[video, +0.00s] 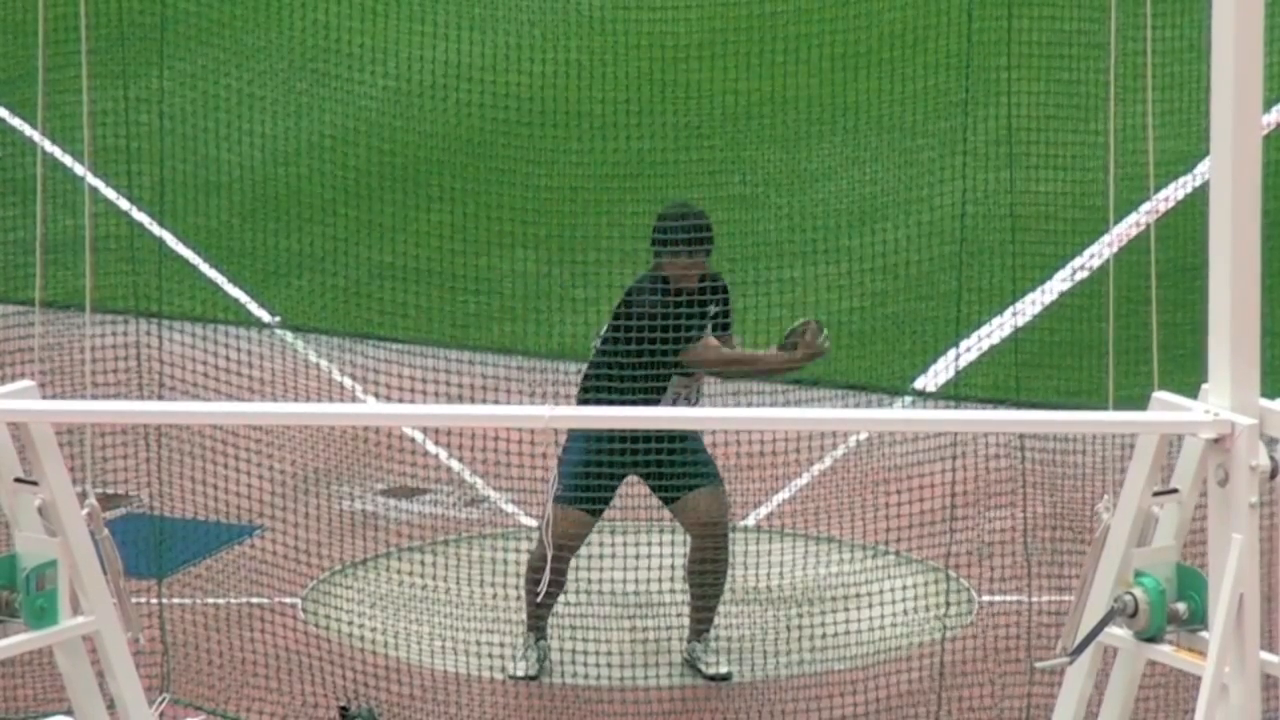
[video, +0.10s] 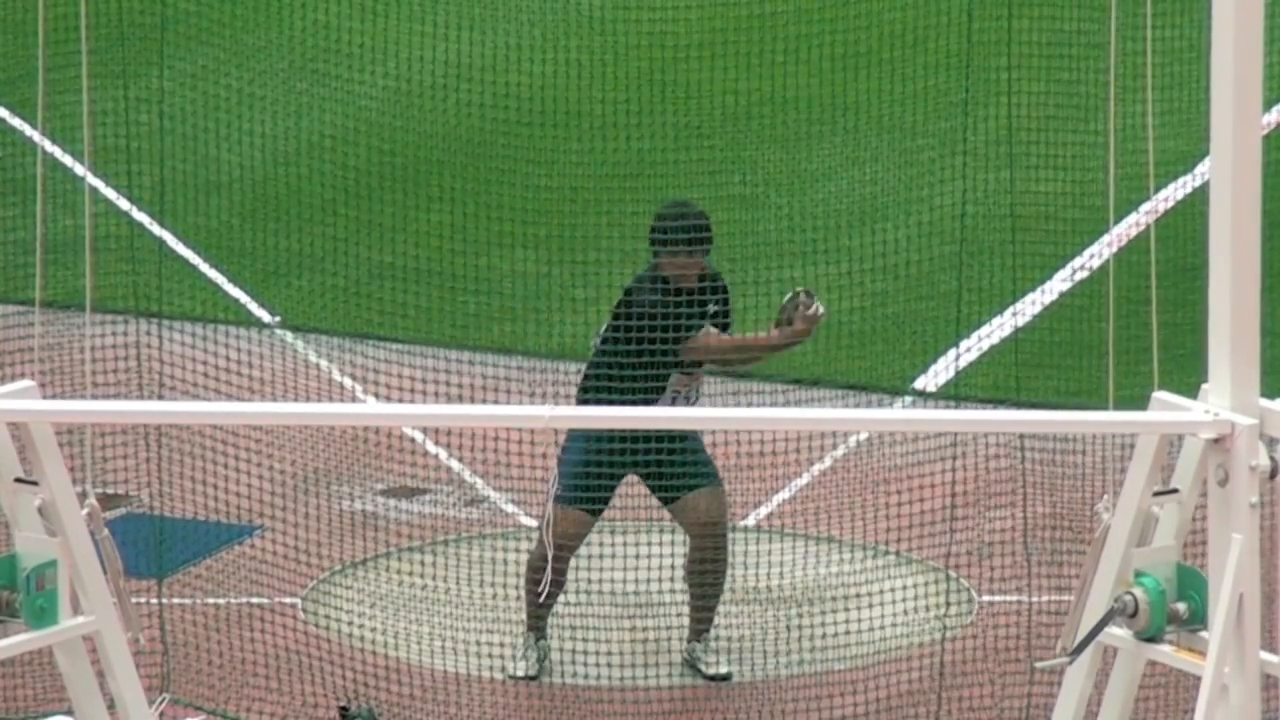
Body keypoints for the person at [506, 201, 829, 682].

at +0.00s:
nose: (688, 263)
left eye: (697, 252)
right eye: (677, 253)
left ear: (709, 253)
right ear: (659, 255)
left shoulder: (714, 291)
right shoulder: (647, 300)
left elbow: (726, 354)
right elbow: (711, 362)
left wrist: (783, 351)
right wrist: (793, 362)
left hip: (665, 430)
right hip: (602, 430)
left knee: (711, 522)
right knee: (562, 536)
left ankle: (699, 643)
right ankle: (533, 637)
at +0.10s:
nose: (682, 261)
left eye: (691, 251)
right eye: (672, 251)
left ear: (706, 252)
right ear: (657, 253)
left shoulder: (712, 288)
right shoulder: (645, 296)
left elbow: (725, 358)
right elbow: (706, 350)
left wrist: (778, 333)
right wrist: (783, 340)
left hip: (663, 429)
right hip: (601, 428)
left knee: (710, 520)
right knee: (564, 532)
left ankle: (698, 643)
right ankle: (534, 637)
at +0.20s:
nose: (678, 265)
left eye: (687, 253)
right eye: (667, 254)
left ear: (701, 254)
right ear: (650, 257)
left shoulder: (710, 290)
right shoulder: (639, 298)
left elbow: (722, 355)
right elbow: (695, 356)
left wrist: (774, 342)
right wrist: (783, 350)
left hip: (662, 430)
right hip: (598, 429)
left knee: (708, 520)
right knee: (560, 533)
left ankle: (698, 643)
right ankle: (533, 637)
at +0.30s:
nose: (662, 277)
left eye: (671, 267)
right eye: (652, 267)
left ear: (686, 264)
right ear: (638, 266)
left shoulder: (703, 297)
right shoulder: (626, 308)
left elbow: (728, 354)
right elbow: (682, 375)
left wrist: (747, 392)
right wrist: (755, 395)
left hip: (660, 430)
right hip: (595, 430)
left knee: (707, 521)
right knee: (552, 533)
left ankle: (698, 644)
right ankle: (534, 637)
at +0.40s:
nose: (635, 289)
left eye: (645, 279)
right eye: (627, 279)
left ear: (665, 275)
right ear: (617, 278)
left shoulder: (690, 306)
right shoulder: (607, 319)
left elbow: (732, 362)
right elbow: (637, 403)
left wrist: (731, 434)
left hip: (654, 436)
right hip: (591, 438)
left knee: (706, 519)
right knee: (541, 529)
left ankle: (698, 644)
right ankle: (533, 640)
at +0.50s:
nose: (608, 300)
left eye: (618, 291)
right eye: (601, 290)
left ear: (641, 288)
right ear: (592, 288)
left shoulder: (674, 317)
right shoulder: (580, 332)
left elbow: (730, 364)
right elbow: (579, 415)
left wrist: (725, 428)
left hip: (659, 442)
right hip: (587, 443)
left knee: (707, 525)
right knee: (532, 525)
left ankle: (698, 644)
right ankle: (533, 641)